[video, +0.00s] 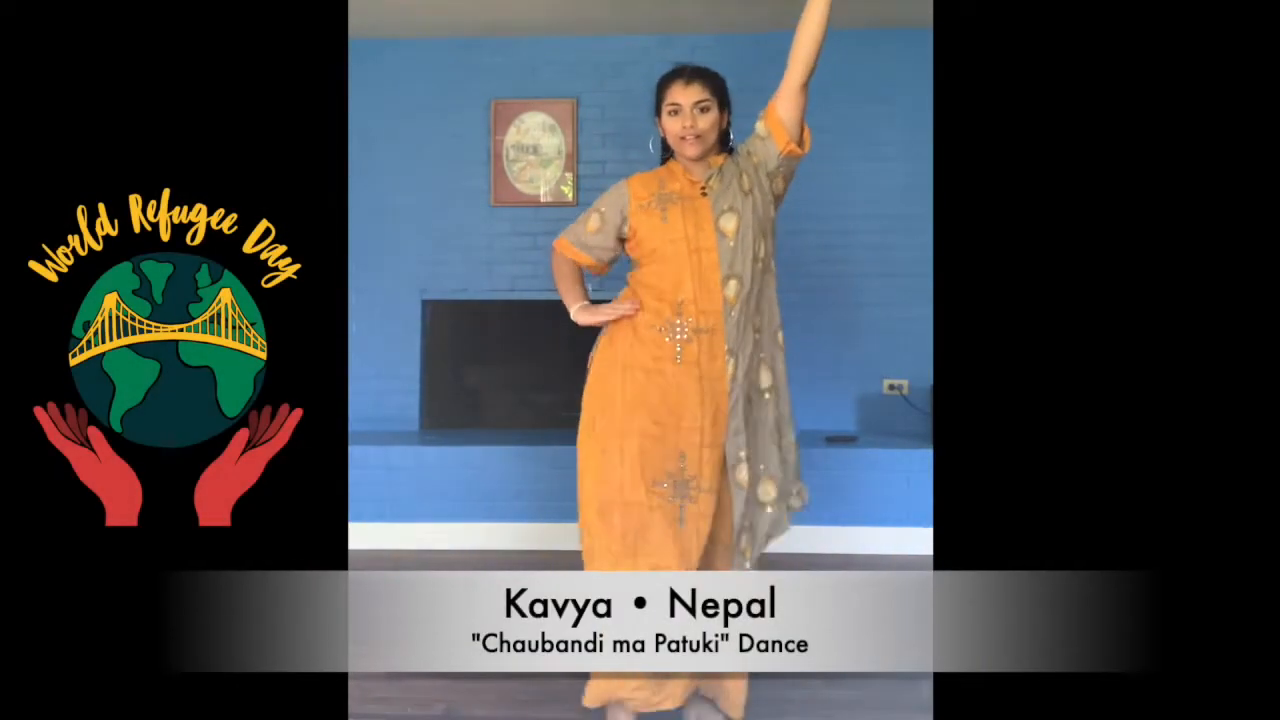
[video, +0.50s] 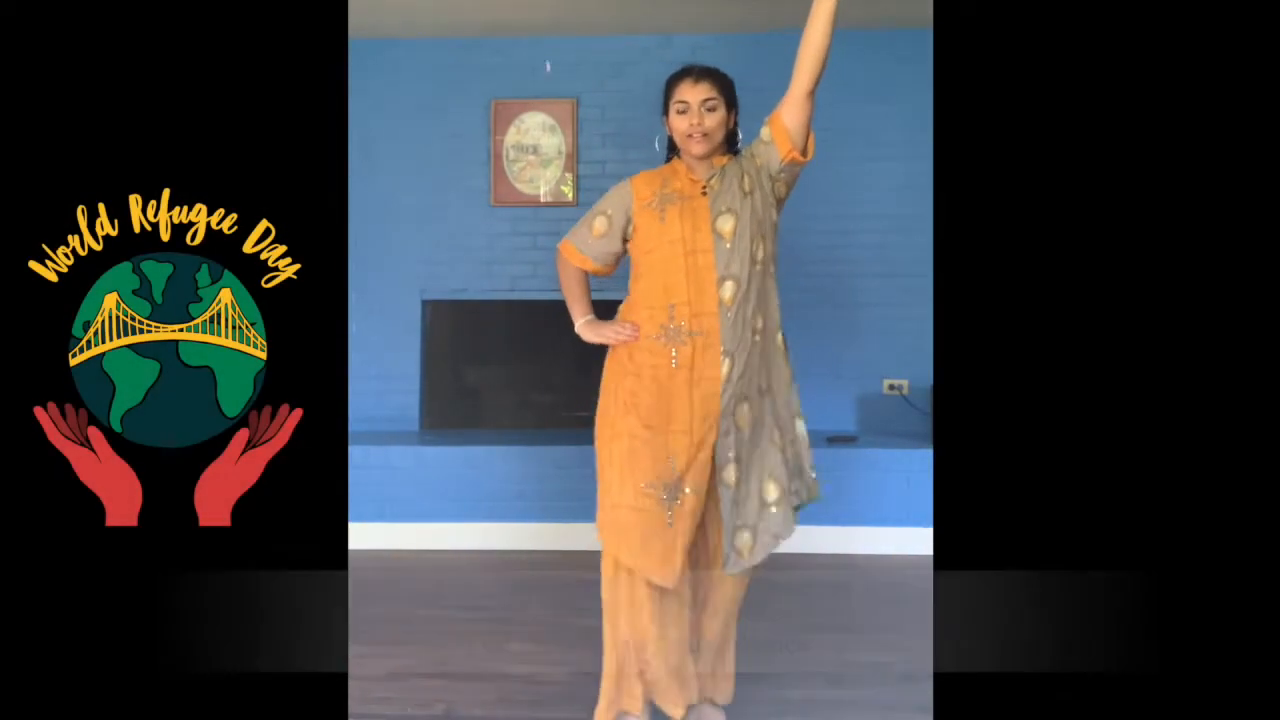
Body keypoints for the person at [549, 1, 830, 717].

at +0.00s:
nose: (687, 121)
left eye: (701, 109)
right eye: (674, 111)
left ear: (723, 117)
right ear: (660, 122)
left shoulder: (751, 179)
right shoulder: (636, 193)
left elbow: (796, 80)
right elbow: (566, 250)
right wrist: (579, 308)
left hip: (720, 373)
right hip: (636, 369)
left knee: (709, 523)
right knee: (634, 518)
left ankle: (704, 674)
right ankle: (632, 684)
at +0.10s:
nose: (690, 121)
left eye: (704, 109)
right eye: (677, 110)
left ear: (725, 118)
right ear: (662, 122)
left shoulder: (751, 180)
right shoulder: (637, 193)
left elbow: (797, 84)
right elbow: (566, 252)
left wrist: (820, 1)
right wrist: (580, 319)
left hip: (722, 383)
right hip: (638, 382)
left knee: (714, 538)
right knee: (632, 538)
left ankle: (707, 697)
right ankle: (638, 699)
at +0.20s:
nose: (693, 123)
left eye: (706, 110)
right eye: (679, 112)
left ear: (727, 119)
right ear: (664, 123)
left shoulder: (752, 181)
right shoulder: (638, 193)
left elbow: (799, 91)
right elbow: (566, 257)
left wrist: (823, 3)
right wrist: (583, 335)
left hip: (726, 386)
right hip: (644, 386)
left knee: (715, 542)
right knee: (638, 539)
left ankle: (701, 693)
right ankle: (638, 698)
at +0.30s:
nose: (695, 127)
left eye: (709, 115)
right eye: (681, 116)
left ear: (730, 126)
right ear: (667, 128)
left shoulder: (753, 187)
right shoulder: (638, 197)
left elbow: (800, 97)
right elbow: (570, 262)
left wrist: (825, 5)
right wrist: (584, 341)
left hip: (731, 390)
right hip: (649, 389)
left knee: (714, 543)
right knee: (641, 540)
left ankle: (696, 690)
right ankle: (616, 696)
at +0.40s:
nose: (696, 123)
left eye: (710, 112)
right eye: (683, 113)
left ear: (730, 124)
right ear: (668, 126)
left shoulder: (755, 186)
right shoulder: (638, 197)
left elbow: (803, 97)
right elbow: (572, 263)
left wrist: (826, 6)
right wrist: (585, 340)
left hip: (733, 389)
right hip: (648, 387)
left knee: (719, 547)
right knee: (644, 543)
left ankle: (701, 694)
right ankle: (627, 698)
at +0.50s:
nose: (695, 119)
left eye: (709, 107)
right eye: (683, 109)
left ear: (731, 117)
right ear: (667, 120)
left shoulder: (757, 179)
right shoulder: (641, 191)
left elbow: (803, 87)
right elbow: (571, 252)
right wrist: (584, 321)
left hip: (731, 386)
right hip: (646, 386)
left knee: (721, 550)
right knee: (642, 550)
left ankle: (702, 698)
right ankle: (632, 701)